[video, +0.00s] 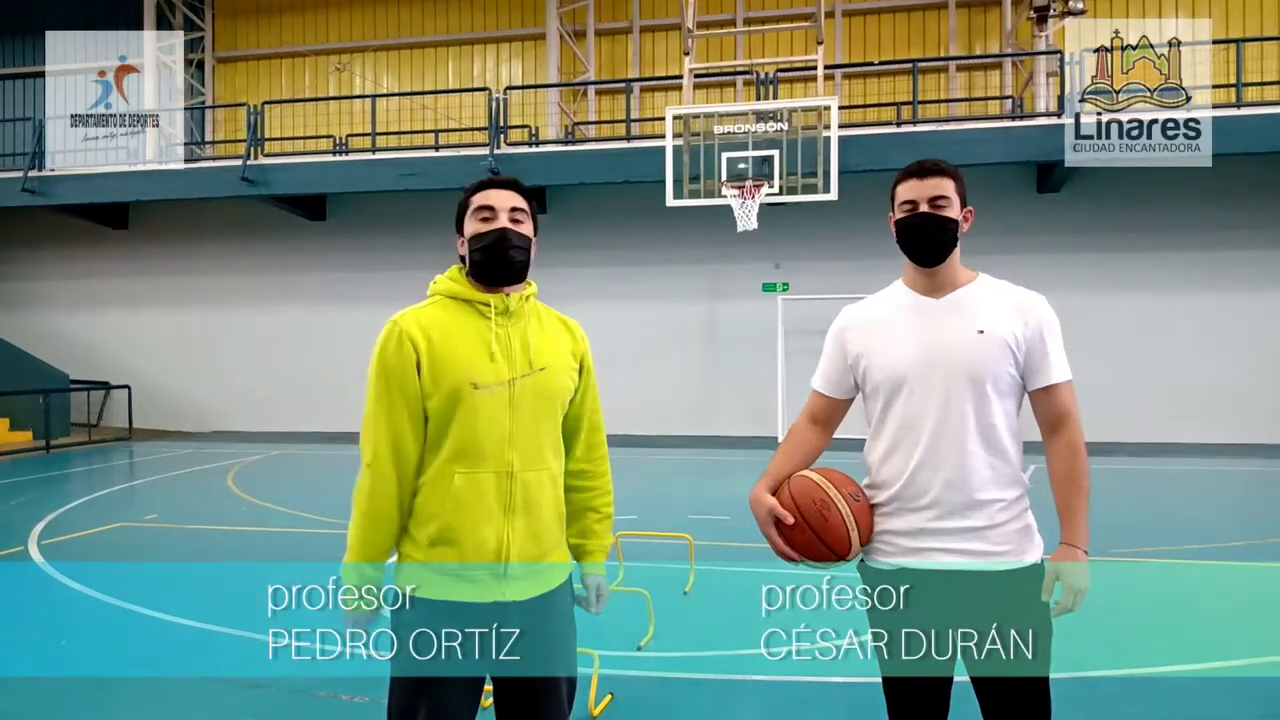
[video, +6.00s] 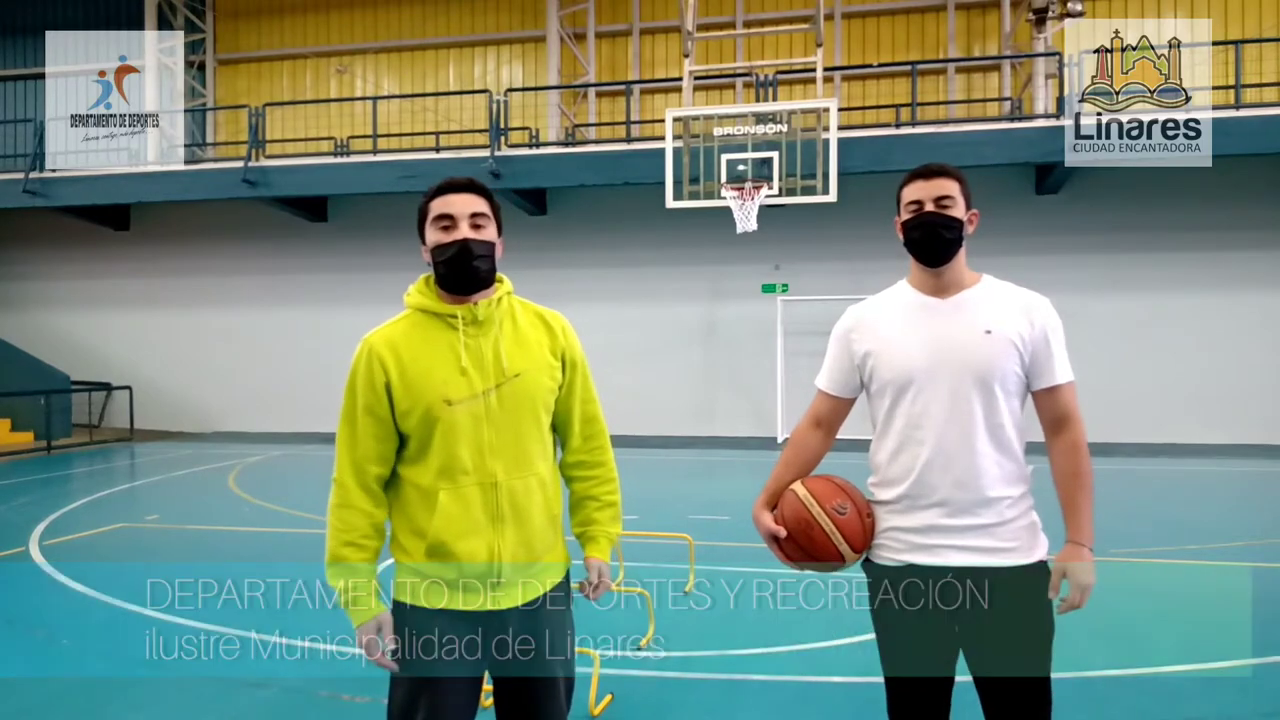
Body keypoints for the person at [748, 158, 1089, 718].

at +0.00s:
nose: (923, 217)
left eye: (939, 205)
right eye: (908, 208)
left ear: (966, 218)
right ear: (892, 226)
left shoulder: (1022, 313)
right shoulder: (857, 324)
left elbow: (1062, 430)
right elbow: (815, 424)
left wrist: (1073, 544)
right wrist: (762, 487)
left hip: (1003, 561)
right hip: (899, 563)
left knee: (1019, 710)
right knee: (913, 712)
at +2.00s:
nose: (929, 219)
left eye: (944, 208)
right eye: (914, 210)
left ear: (969, 221)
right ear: (896, 226)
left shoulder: (1023, 316)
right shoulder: (858, 324)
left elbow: (1059, 432)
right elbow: (813, 425)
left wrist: (1072, 546)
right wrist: (760, 503)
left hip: (1004, 561)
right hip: (900, 563)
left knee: (1019, 709)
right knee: (913, 712)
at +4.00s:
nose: (934, 216)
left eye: (949, 205)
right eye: (920, 207)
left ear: (974, 220)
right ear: (901, 224)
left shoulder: (1026, 315)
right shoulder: (861, 321)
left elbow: (1061, 432)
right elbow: (816, 424)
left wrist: (1075, 544)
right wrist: (762, 501)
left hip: (1006, 561)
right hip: (902, 562)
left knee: (1020, 711)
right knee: (914, 713)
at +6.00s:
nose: (929, 215)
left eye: (944, 204)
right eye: (914, 208)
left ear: (971, 220)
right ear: (898, 229)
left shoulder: (1027, 314)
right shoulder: (863, 324)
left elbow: (1064, 429)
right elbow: (818, 425)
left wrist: (1078, 542)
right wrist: (764, 502)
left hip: (1008, 563)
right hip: (904, 564)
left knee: (1021, 711)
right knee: (914, 712)